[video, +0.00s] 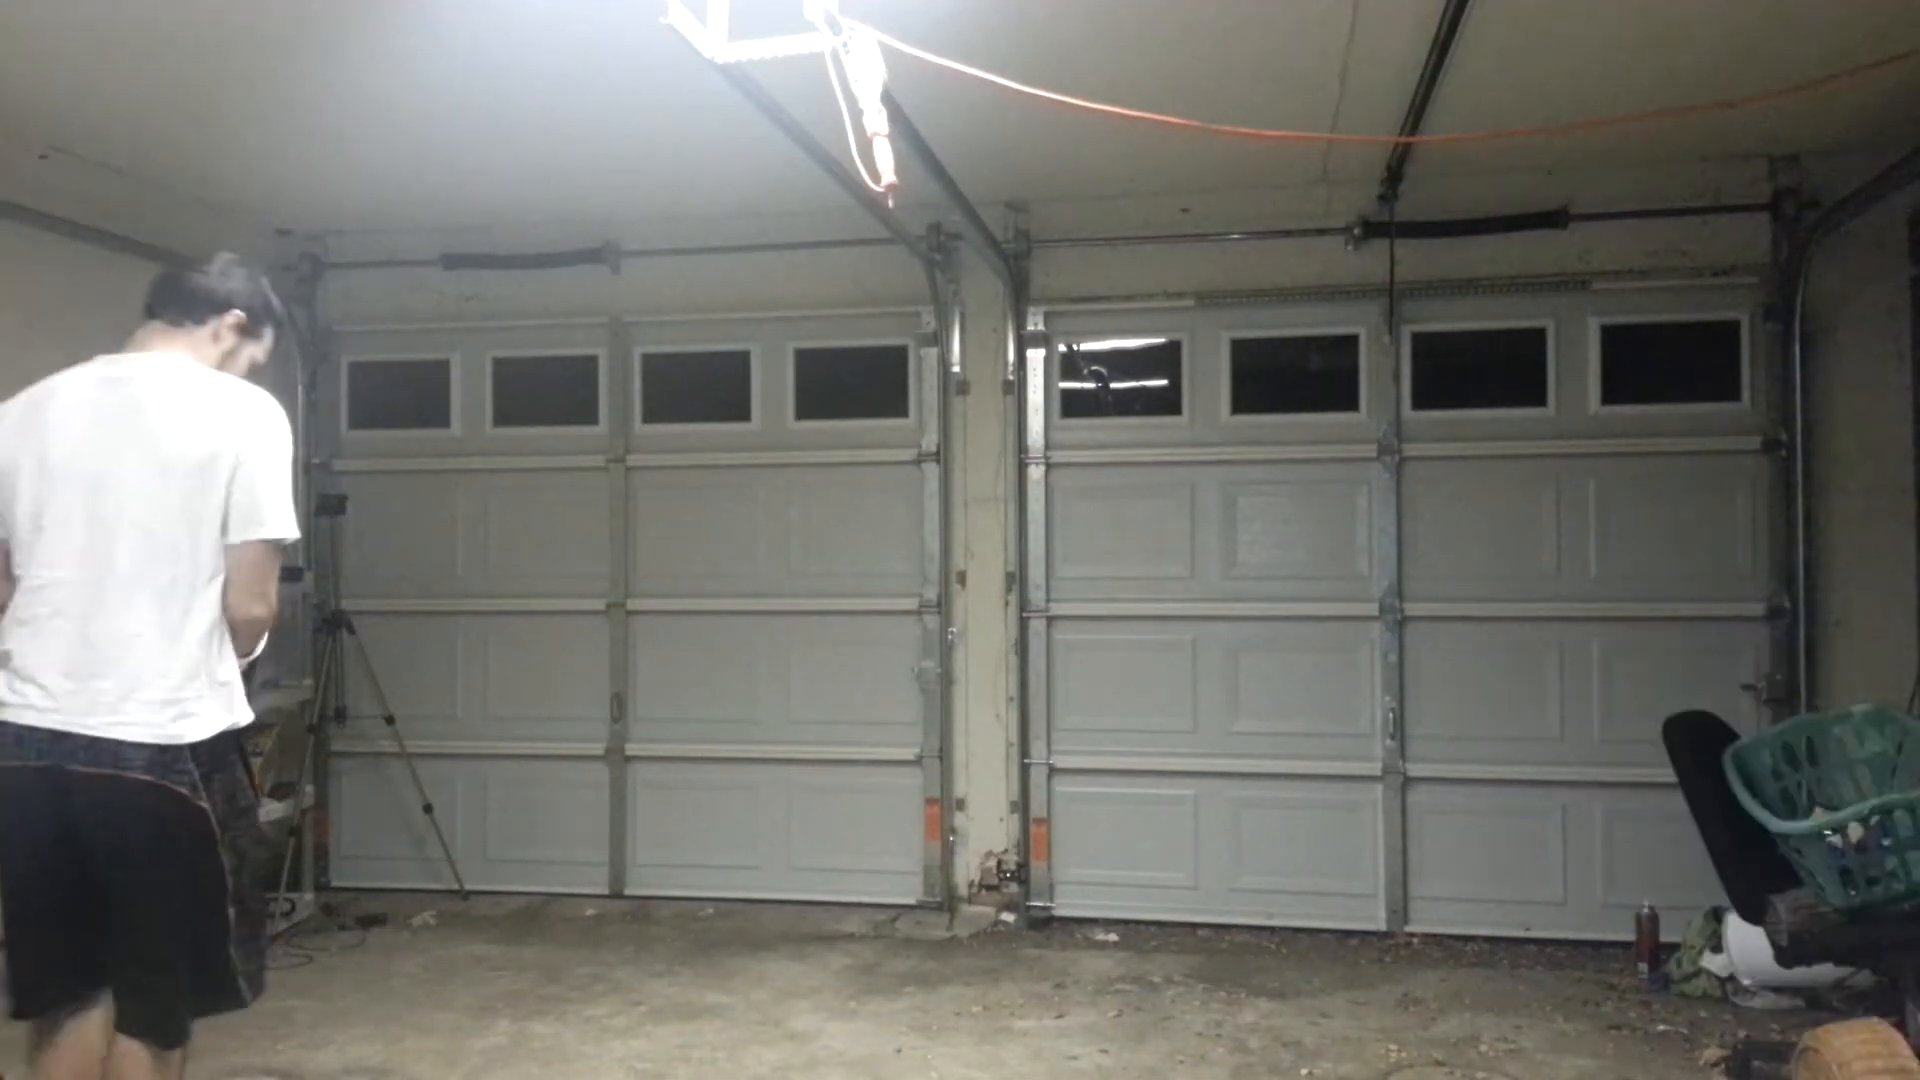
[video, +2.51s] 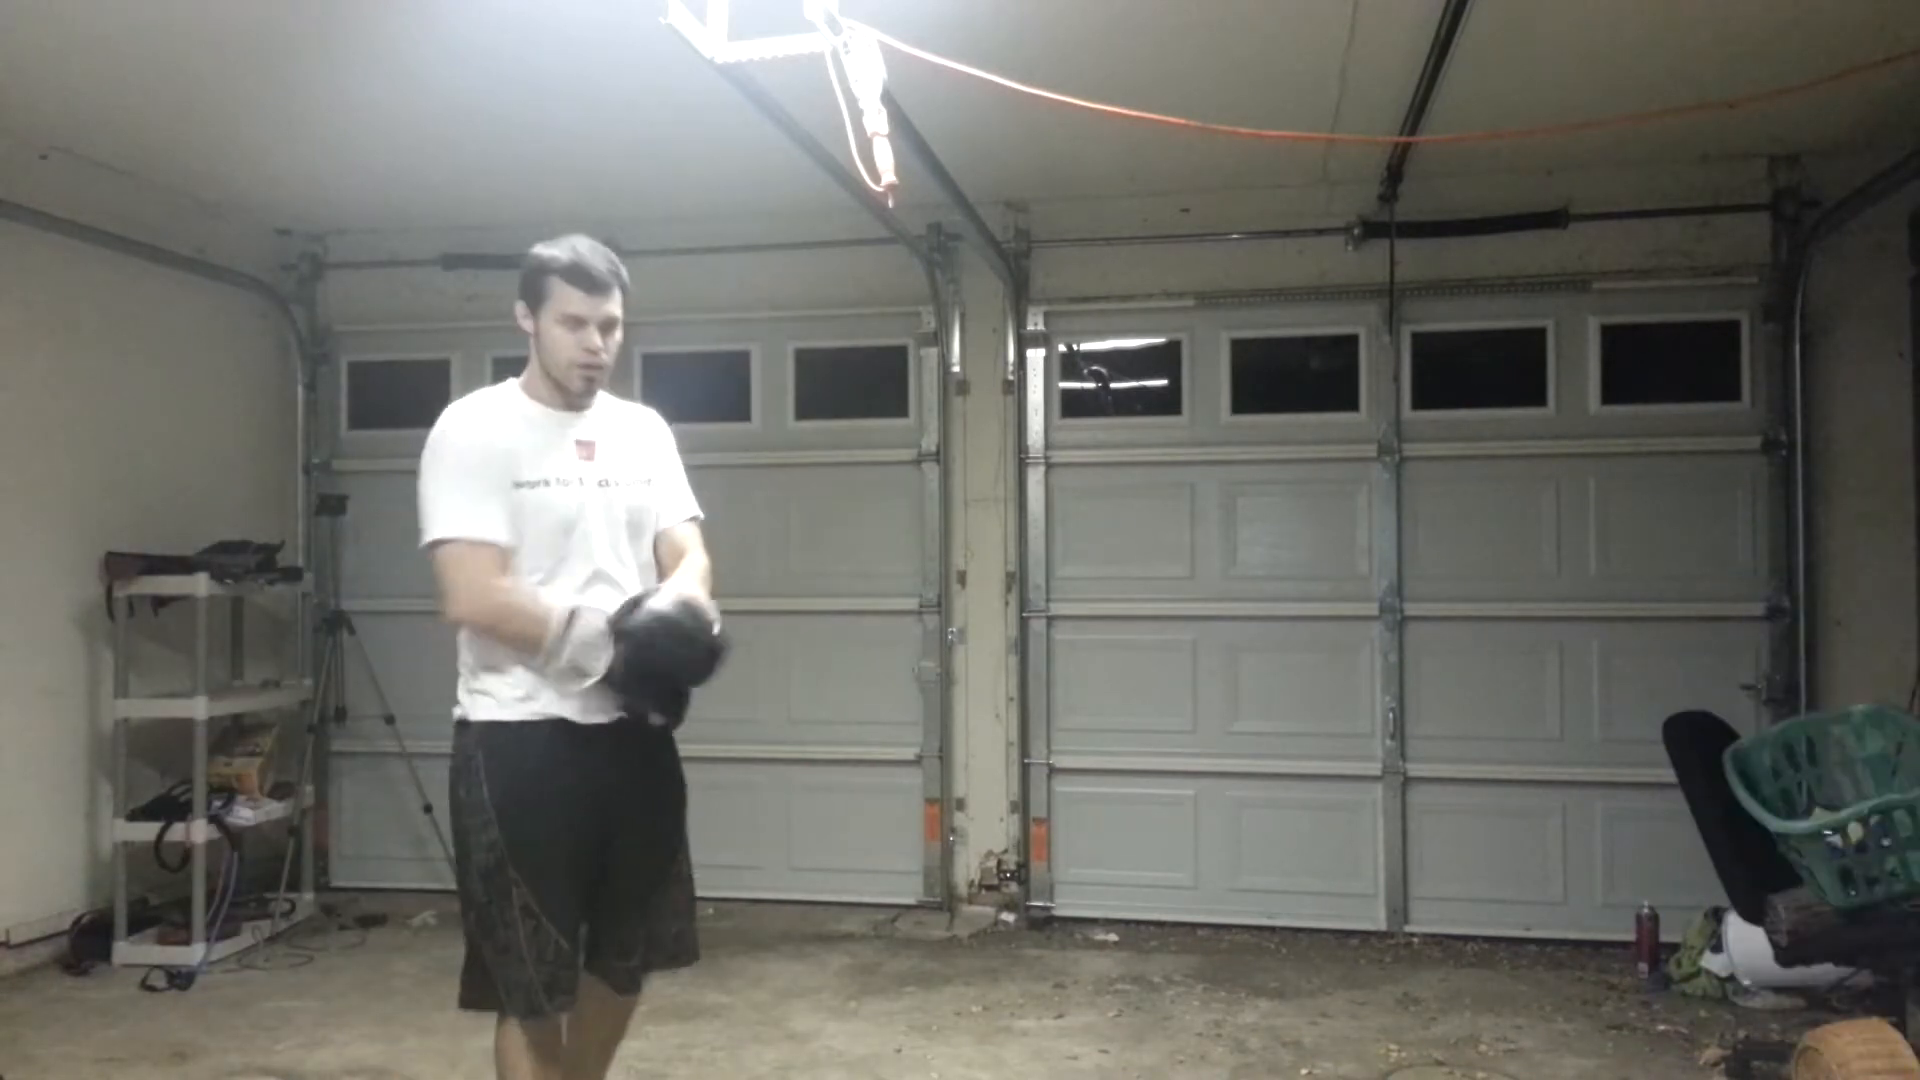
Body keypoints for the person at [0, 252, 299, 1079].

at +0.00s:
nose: (246, 379)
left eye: (256, 366)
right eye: (254, 362)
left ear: (157, 316)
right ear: (231, 329)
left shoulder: (27, 408)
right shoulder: (245, 415)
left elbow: (8, 579)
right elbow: (251, 607)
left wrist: (69, 656)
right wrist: (206, 683)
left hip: (26, 756)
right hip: (163, 762)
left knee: (67, 1008)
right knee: (154, 1025)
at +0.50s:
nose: (294, 408)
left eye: (306, 394)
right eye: (300, 387)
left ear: (232, 342)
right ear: (265, 344)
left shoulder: (120, 430)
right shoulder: (236, 403)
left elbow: (128, 574)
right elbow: (264, 584)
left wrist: (272, 578)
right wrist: (291, 624)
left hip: (115, 726)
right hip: (204, 728)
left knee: (143, 965)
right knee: (269, 965)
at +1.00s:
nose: (405, 421)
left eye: (417, 410)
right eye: (406, 398)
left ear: (356, 358)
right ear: (362, 353)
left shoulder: (286, 415)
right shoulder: (310, 424)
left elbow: (311, 590)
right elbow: (335, 598)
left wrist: (406, 564)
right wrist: (425, 667)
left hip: (253, 727)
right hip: (298, 732)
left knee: (233, 962)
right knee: (324, 972)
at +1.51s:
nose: (524, 425)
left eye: (535, 413)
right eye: (526, 404)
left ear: (477, 362)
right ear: (481, 359)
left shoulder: (436, 422)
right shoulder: (410, 415)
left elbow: (429, 580)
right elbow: (437, 594)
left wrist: (512, 561)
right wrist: (523, 648)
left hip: (434, 729)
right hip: (378, 734)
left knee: (482, 952)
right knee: (367, 990)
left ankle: (498, 1070)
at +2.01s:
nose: (620, 407)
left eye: (632, 394)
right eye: (614, 384)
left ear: (635, 384)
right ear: (569, 347)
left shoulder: (610, 442)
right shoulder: (489, 405)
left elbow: (653, 551)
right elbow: (523, 546)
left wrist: (644, 589)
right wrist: (599, 605)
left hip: (584, 706)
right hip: (491, 701)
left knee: (575, 940)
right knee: (505, 933)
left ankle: (561, 1078)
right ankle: (450, 1070)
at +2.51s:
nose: (599, 346)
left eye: (611, 327)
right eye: (579, 325)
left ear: (625, 327)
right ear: (527, 322)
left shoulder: (642, 428)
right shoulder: (471, 428)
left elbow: (686, 555)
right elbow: (470, 597)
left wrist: (674, 625)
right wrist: (606, 644)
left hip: (633, 736)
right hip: (519, 742)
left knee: (622, 964)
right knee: (536, 985)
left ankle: (576, 1078)